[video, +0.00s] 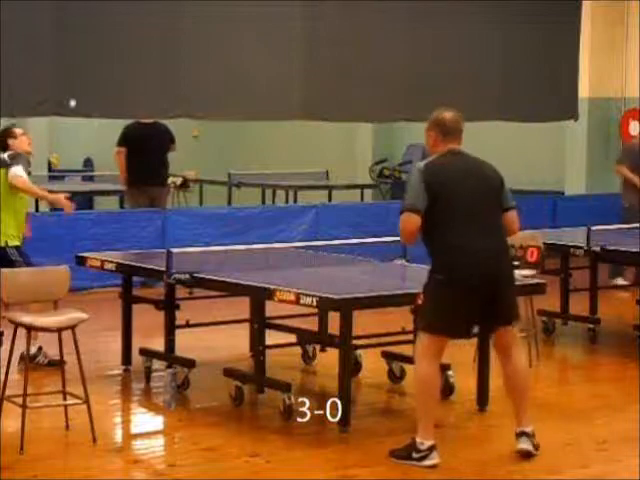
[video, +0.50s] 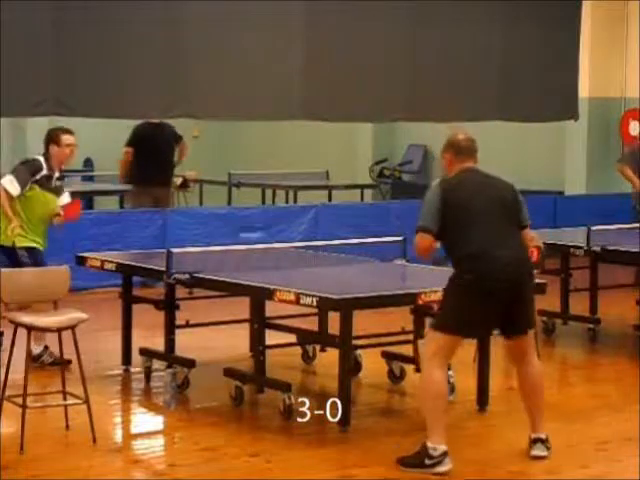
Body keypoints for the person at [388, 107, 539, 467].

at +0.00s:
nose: (425, 142)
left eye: (426, 137)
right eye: (428, 137)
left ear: (433, 136)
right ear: (461, 136)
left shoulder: (425, 171)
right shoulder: (489, 171)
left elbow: (409, 231)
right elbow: (513, 225)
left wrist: (421, 220)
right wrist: (482, 231)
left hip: (452, 274)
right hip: (497, 273)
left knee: (428, 354)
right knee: (508, 348)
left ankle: (424, 442)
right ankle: (524, 432)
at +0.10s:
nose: (425, 146)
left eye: (426, 141)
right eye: (427, 141)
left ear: (432, 140)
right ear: (460, 140)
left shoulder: (426, 174)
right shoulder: (489, 172)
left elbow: (411, 233)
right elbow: (513, 227)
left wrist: (426, 223)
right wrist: (484, 236)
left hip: (453, 274)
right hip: (499, 273)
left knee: (427, 355)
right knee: (512, 346)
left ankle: (424, 443)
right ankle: (526, 429)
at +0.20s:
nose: (427, 148)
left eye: (427, 143)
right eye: (429, 143)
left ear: (434, 142)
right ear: (461, 141)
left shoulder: (427, 175)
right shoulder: (491, 173)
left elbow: (414, 233)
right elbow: (516, 228)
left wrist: (421, 229)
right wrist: (486, 230)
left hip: (454, 275)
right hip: (501, 273)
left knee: (429, 355)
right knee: (517, 346)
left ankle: (424, 443)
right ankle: (533, 427)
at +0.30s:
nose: (432, 154)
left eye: (433, 149)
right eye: (434, 149)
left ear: (440, 147)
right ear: (468, 146)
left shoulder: (436, 180)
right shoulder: (498, 178)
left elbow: (422, 237)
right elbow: (524, 232)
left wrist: (423, 232)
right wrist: (497, 238)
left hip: (465, 278)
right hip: (510, 276)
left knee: (427, 353)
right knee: (522, 353)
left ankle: (423, 442)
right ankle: (539, 434)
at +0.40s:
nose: (436, 161)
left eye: (437, 156)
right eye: (437, 156)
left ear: (443, 153)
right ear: (472, 152)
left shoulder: (440, 183)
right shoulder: (503, 182)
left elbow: (425, 244)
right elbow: (529, 236)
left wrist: (427, 235)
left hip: (472, 279)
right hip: (516, 279)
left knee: (427, 352)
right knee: (525, 356)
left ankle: (419, 440)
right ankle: (538, 436)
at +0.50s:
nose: (441, 166)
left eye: (441, 161)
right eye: (442, 161)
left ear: (448, 158)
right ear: (476, 157)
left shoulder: (442, 189)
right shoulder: (506, 188)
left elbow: (423, 247)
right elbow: (529, 240)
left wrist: (443, 232)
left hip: (473, 282)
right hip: (518, 281)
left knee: (433, 358)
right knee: (526, 357)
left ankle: (435, 448)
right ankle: (539, 438)